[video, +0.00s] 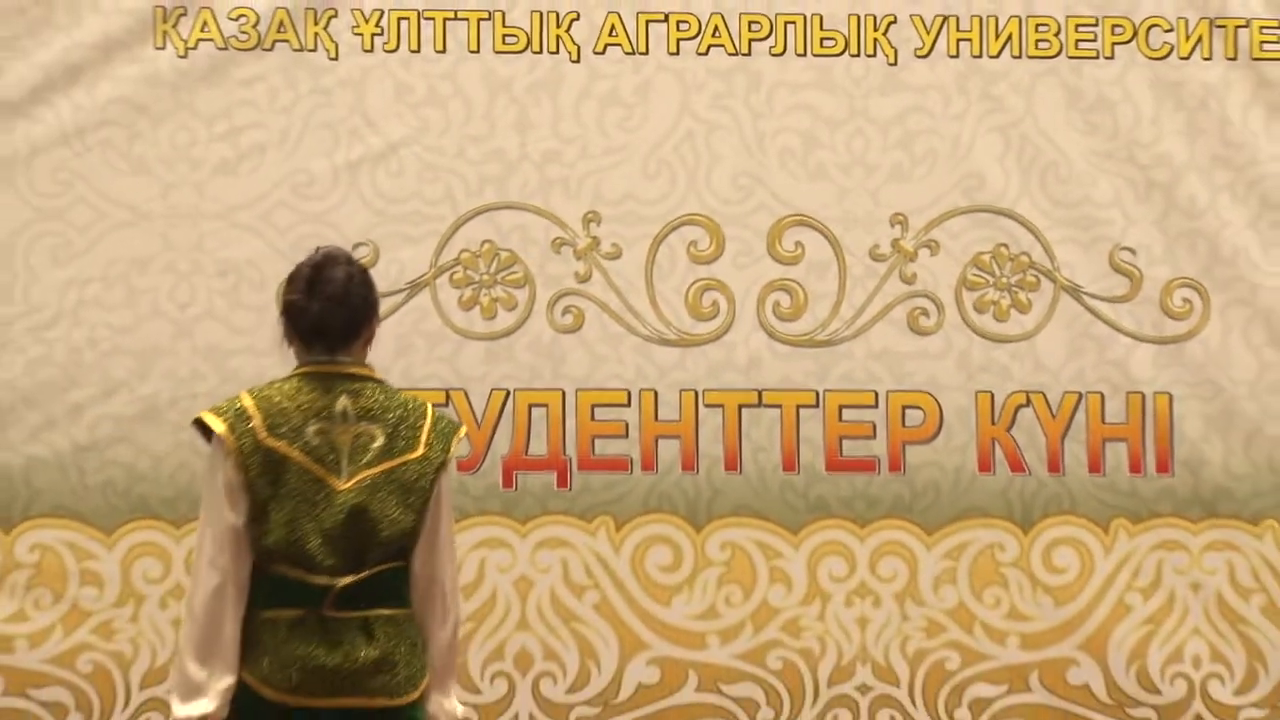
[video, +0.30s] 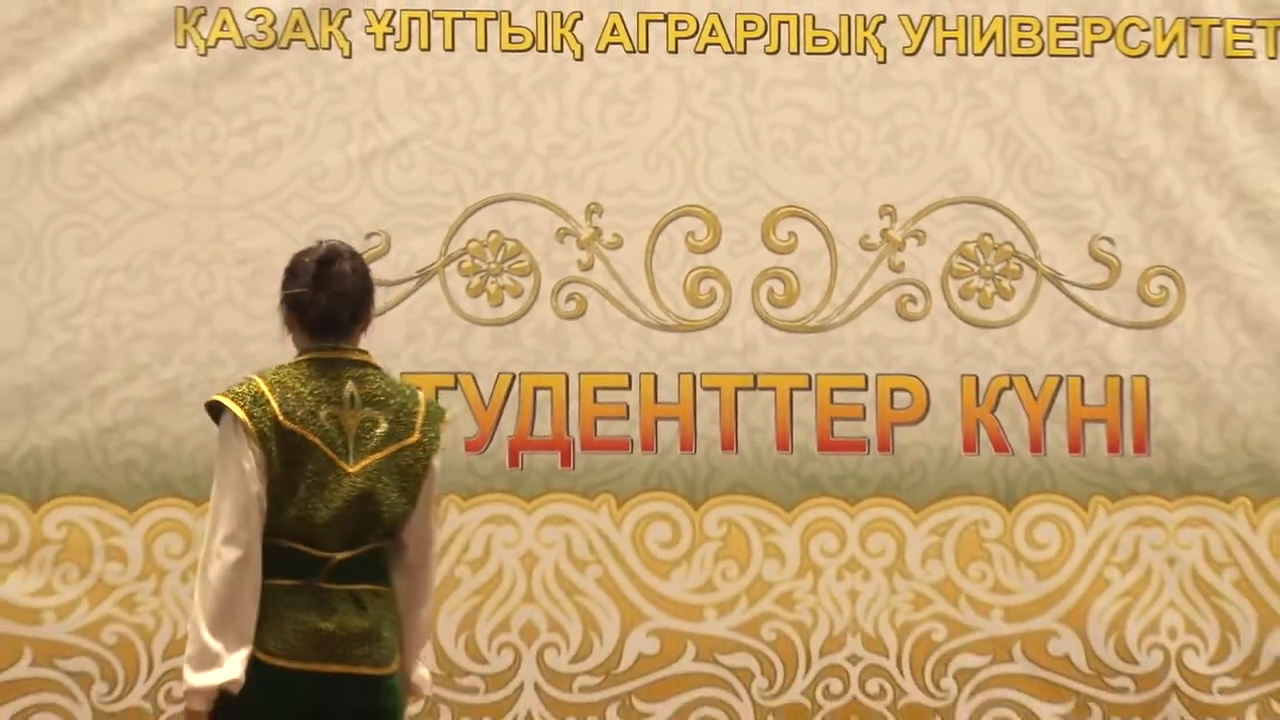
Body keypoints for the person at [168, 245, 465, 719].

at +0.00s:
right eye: (375, 320)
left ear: (287, 330)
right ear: (372, 330)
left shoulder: (244, 424)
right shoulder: (423, 429)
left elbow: (219, 574)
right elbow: (434, 576)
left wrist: (197, 700)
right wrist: (442, 699)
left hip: (273, 689)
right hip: (389, 690)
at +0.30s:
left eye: (287, 309)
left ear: (287, 318)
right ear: (368, 319)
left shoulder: (255, 405)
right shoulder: (415, 414)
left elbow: (233, 548)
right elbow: (416, 553)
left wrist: (204, 677)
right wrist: (409, 666)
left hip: (269, 674)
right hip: (370, 676)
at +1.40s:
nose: (367, 246)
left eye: (362, 235)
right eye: (366, 237)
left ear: (295, 246)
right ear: (357, 245)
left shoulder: (253, 329)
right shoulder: (398, 316)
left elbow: (244, 452)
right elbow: (419, 435)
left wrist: (244, 549)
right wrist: (450, 538)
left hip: (308, 551)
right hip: (394, 545)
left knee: (294, 702)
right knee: (411, 701)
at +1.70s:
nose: (417, 227)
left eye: (410, 218)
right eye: (416, 219)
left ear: (348, 226)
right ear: (410, 224)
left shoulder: (309, 307)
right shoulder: (449, 300)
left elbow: (302, 423)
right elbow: (475, 413)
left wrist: (301, 518)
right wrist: (497, 505)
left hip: (354, 514)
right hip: (439, 511)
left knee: (341, 662)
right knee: (436, 669)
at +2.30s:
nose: (376, 196)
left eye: (369, 187)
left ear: (366, 190)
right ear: (427, 192)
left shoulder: (344, 258)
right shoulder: (462, 264)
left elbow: (327, 365)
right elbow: (467, 373)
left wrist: (312, 452)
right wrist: (462, 455)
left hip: (350, 460)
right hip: (428, 465)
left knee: (307, 602)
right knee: (429, 609)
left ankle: (286, 719)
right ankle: (432, 718)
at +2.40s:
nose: (361, 191)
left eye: (356, 183)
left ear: (355, 187)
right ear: (415, 190)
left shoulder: (329, 255)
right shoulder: (444, 262)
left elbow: (308, 359)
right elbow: (453, 367)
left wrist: (293, 446)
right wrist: (454, 451)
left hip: (334, 452)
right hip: (411, 455)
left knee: (314, 594)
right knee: (420, 595)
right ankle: (431, 717)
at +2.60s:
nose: (370, 189)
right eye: (387, 180)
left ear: (332, 181)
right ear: (391, 186)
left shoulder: (300, 249)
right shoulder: (415, 259)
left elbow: (271, 348)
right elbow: (426, 362)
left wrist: (251, 431)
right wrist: (431, 443)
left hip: (307, 435)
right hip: (382, 440)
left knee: (300, 572)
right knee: (399, 571)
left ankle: (299, 709)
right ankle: (427, 705)